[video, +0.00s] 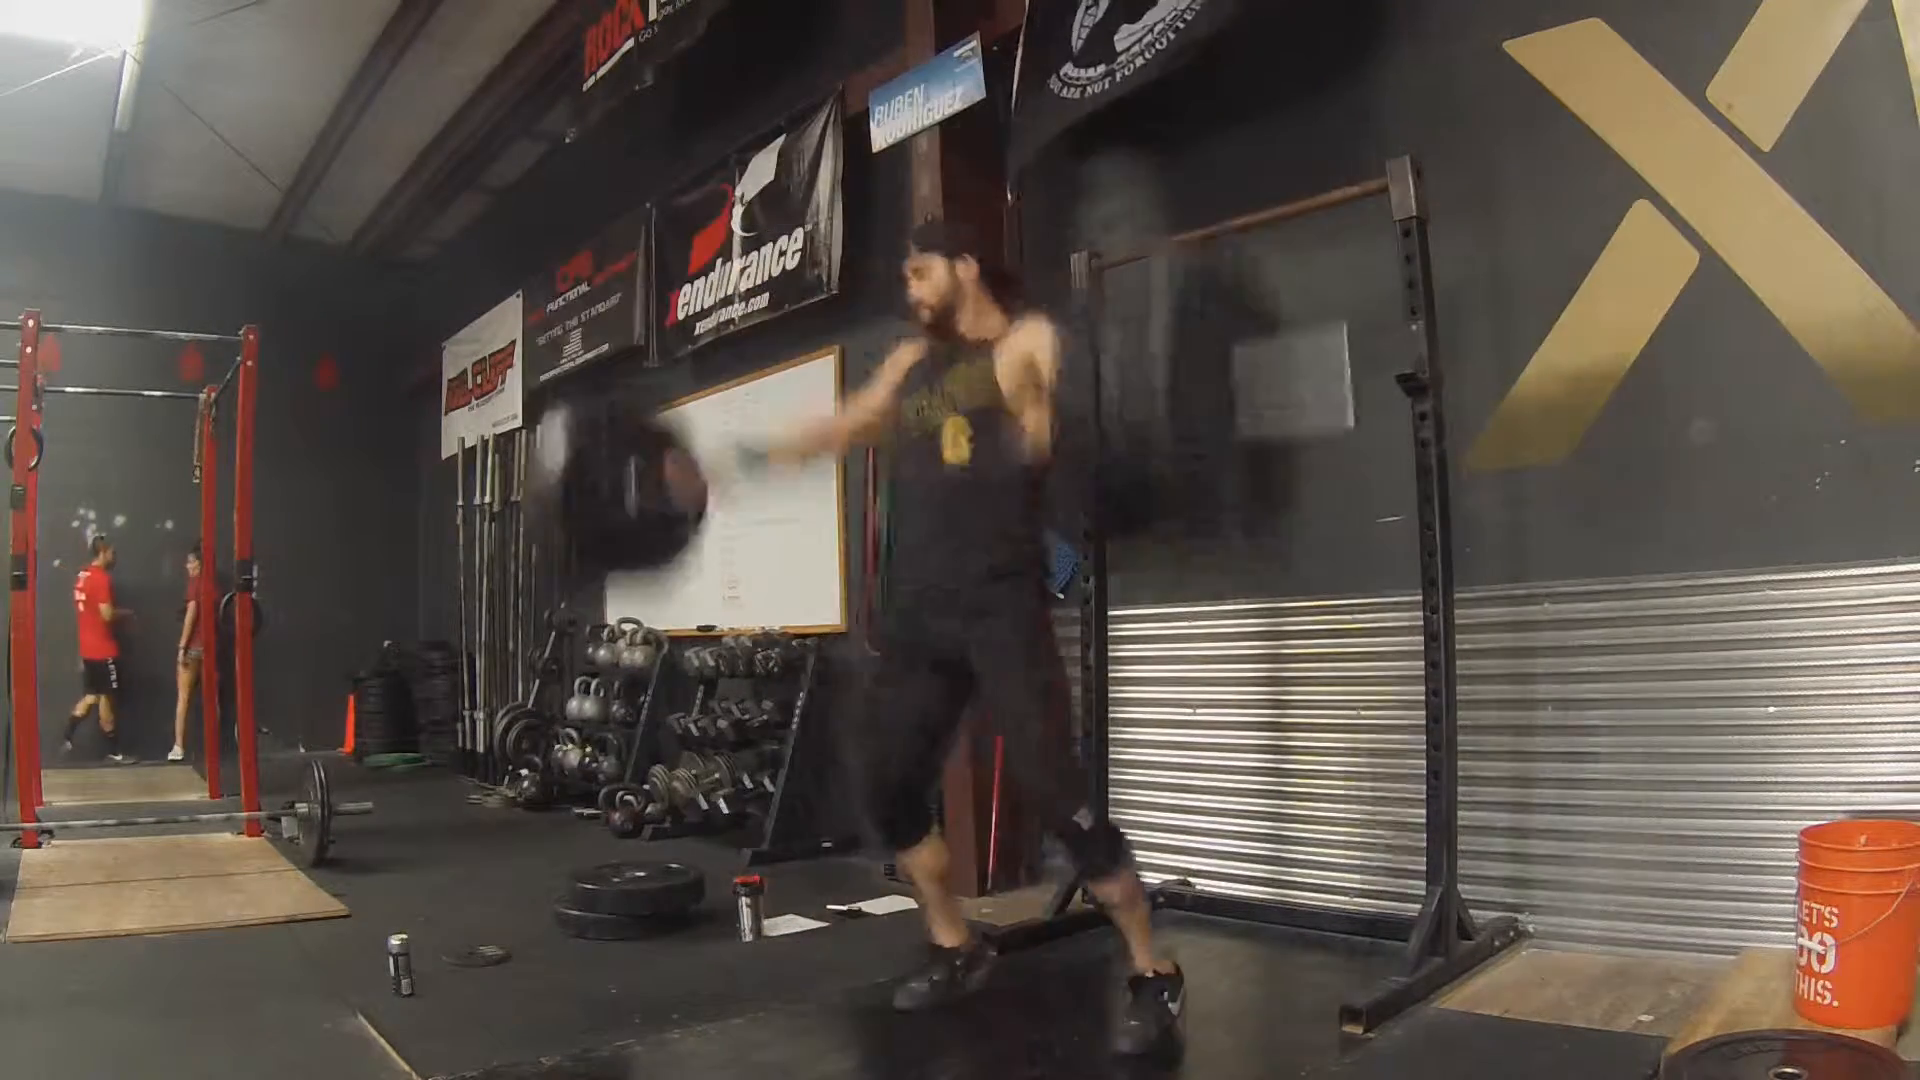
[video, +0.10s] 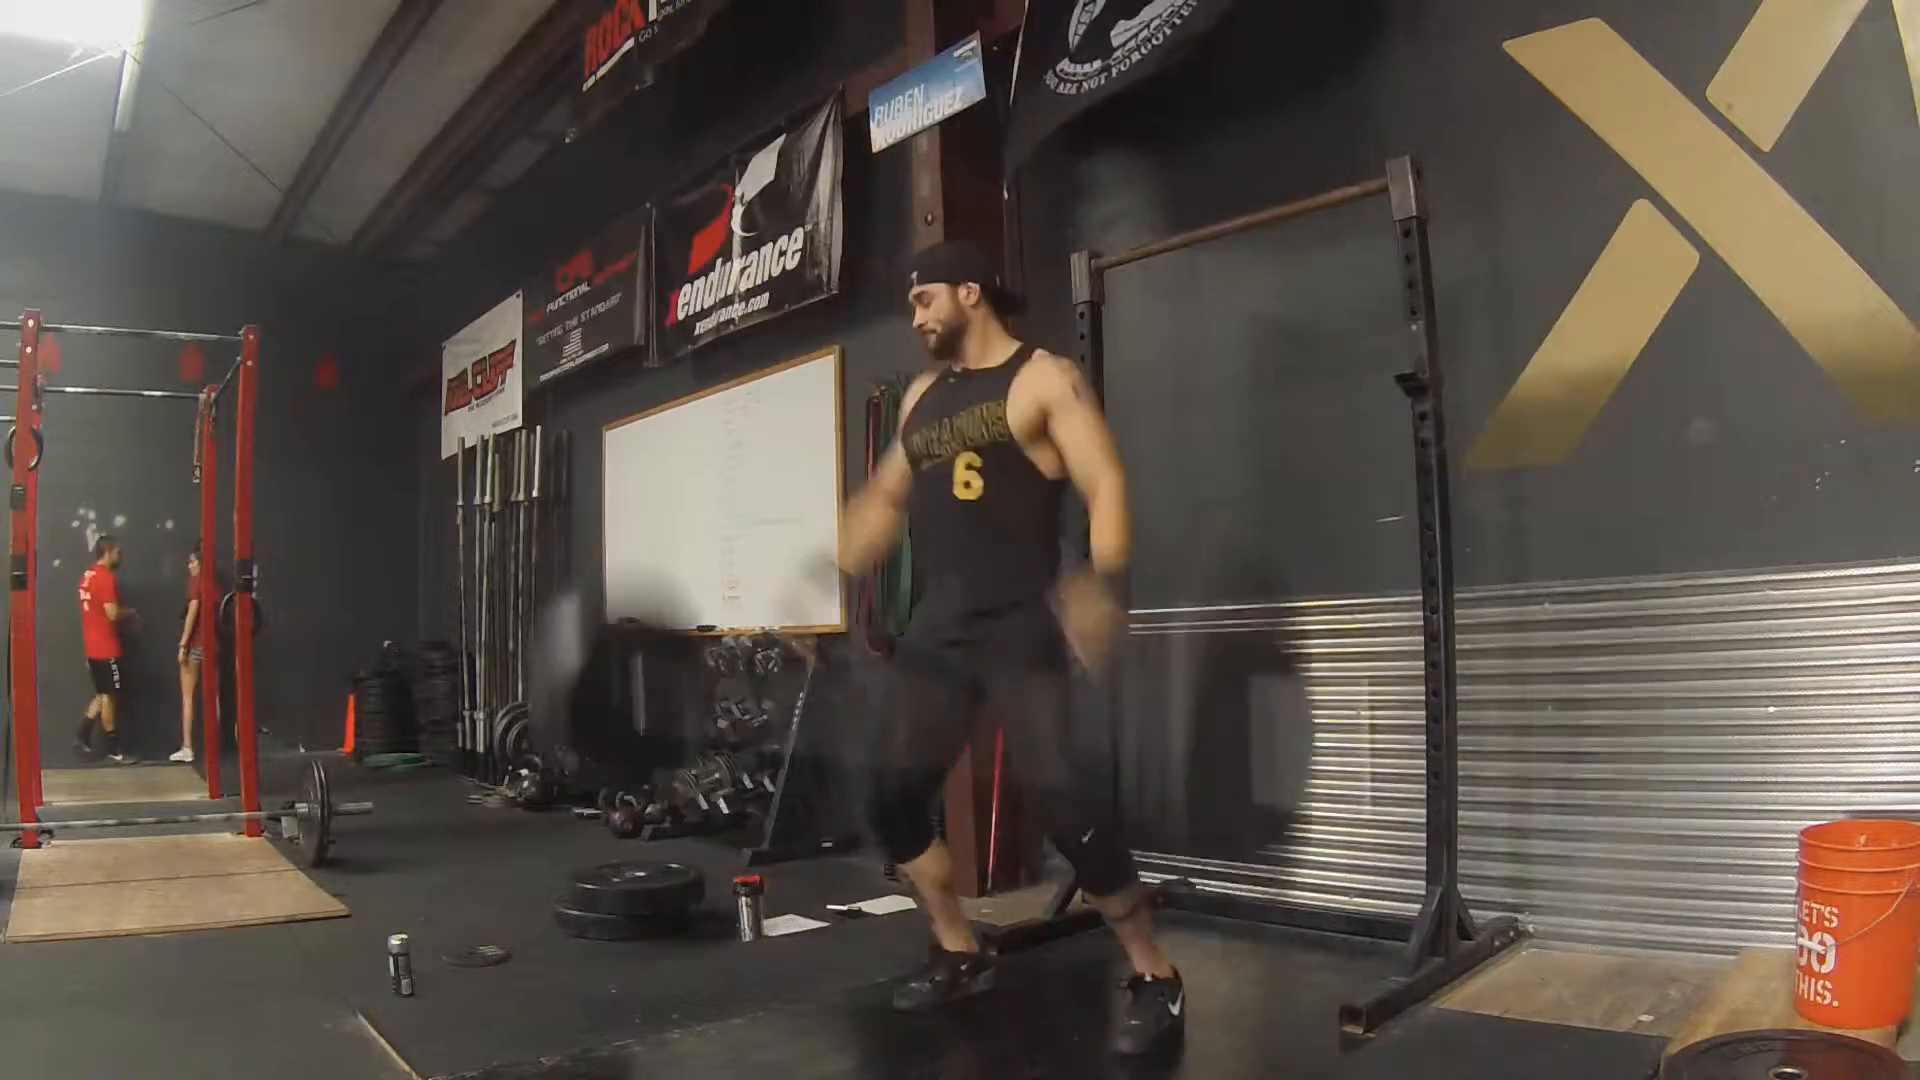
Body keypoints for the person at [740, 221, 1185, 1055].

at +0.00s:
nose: (912, 290)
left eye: (923, 274)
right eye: (908, 278)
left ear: (967, 271)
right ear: (923, 284)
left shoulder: (1030, 343)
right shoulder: (914, 359)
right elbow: (848, 423)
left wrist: (1019, 386)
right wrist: (774, 448)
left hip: (1007, 607)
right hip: (922, 609)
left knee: (1051, 791)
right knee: (888, 781)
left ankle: (1151, 970)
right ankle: (957, 946)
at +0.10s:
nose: (915, 313)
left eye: (925, 298)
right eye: (911, 302)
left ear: (970, 295)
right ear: (943, 303)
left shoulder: (1044, 378)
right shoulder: (921, 396)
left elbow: (1107, 483)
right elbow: (889, 491)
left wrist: (1102, 584)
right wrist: (847, 556)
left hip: (1028, 628)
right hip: (937, 632)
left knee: (1070, 808)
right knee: (893, 796)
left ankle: (1154, 975)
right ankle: (959, 951)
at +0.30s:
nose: (918, 314)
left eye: (926, 297)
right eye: (914, 302)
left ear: (973, 288)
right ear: (951, 297)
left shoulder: (1061, 363)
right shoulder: (938, 387)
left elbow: (1123, 471)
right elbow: (942, 509)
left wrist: (1159, 575)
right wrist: (920, 603)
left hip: (1037, 614)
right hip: (944, 620)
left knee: (1078, 786)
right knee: (919, 787)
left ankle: (1129, 974)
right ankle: (964, 954)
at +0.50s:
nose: (928, 319)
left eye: (935, 301)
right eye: (923, 307)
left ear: (981, 290)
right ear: (951, 304)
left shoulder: (1066, 363)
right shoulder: (954, 395)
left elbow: (1140, 470)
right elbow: (940, 511)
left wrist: (1194, 561)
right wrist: (908, 608)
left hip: (1055, 614)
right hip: (967, 621)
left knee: (1099, 792)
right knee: (931, 786)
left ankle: (1159, 977)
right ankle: (962, 952)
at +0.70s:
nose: (843, 279)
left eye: (864, 265)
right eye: (842, 269)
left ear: (915, 286)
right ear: (848, 298)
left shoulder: (974, 369)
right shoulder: (855, 403)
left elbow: (1071, 476)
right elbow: (840, 515)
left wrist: (1135, 584)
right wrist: (817, 608)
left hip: (1039, 633)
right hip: (945, 641)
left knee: (1049, 823)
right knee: (876, 776)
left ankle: (1077, 1024)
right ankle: (918, 990)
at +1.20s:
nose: (799, 413)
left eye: (818, 396)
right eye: (800, 399)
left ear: (871, 413)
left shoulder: (949, 498)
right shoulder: (829, 522)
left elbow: (1060, 608)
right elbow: (821, 628)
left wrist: (1125, 729)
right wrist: (800, 717)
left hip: (1061, 649)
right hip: (979, 663)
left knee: (1070, 826)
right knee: (887, 786)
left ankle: (1079, 1025)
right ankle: (918, 991)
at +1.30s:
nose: (794, 435)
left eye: (813, 418)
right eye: (793, 421)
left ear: (866, 434)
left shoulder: (947, 516)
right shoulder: (827, 538)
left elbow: (1056, 628)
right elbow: (817, 643)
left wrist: (1121, 753)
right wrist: (796, 732)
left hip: (1073, 648)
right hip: (986, 663)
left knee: (1073, 811)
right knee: (888, 783)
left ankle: (1080, 1020)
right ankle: (918, 987)